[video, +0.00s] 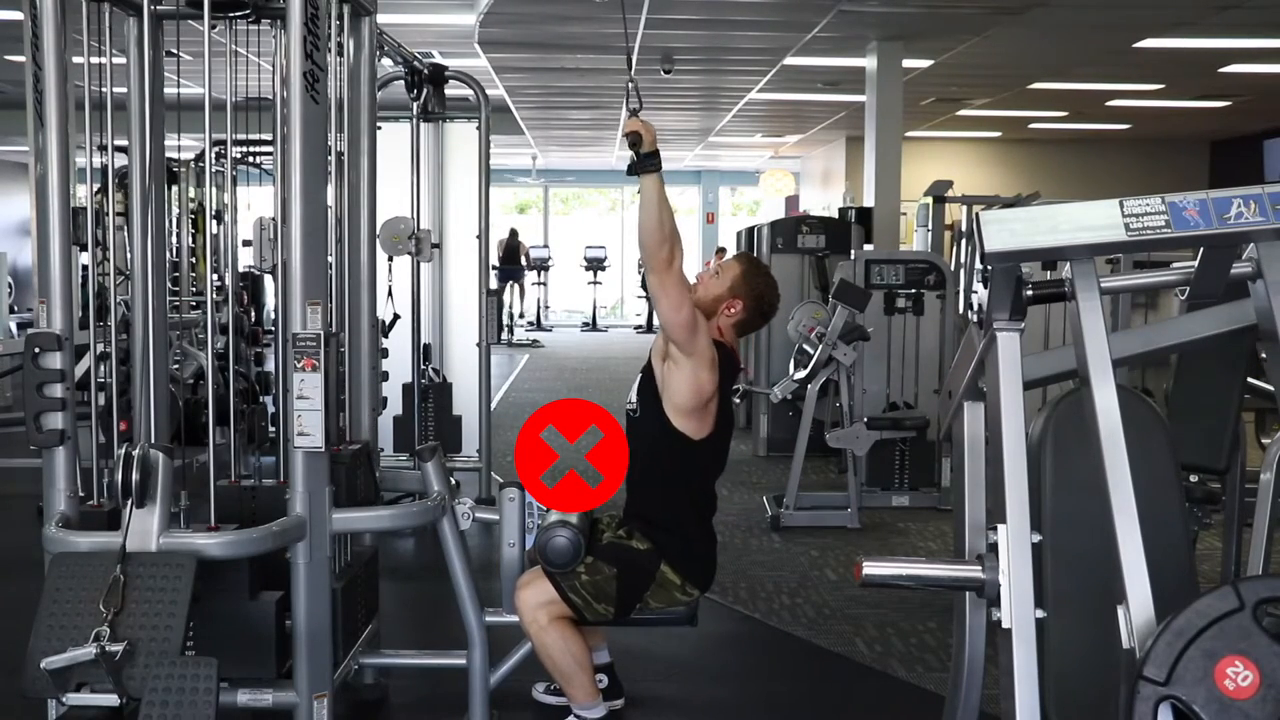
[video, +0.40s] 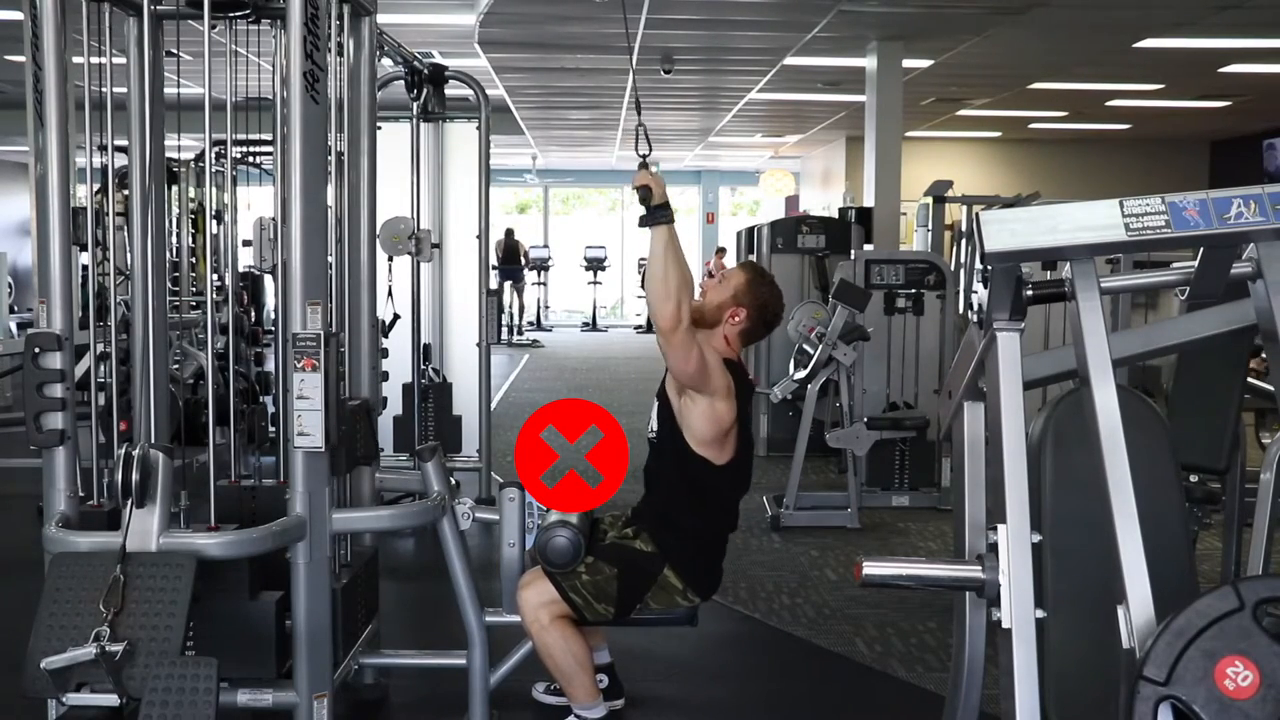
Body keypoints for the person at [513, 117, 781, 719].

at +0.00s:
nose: (702, 267)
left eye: (716, 268)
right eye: (715, 260)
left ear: (728, 306)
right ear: (731, 311)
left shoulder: (693, 348)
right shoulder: (700, 346)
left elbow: (661, 258)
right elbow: (663, 259)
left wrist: (646, 156)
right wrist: (646, 164)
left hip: (668, 555)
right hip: (661, 538)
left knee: (533, 595)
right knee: (550, 548)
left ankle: (589, 709)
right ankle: (592, 670)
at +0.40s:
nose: (707, 277)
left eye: (720, 278)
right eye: (716, 273)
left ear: (735, 317)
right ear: (735, 320)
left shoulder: (708, 377)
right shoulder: (709, 364)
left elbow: (671, 315)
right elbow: (672, 307)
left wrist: (659, 209)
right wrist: (657, 219)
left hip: (675, 562)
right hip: (660, 535)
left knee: (536, 595)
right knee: (553, 546)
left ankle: (589, 708)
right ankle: (593, 671)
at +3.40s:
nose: (813, 335)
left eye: (829, 335)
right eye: (825, 328)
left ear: (844, 371)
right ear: (842, 371)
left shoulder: (816, 435)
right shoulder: (797, 399)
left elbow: (784, 499)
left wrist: (766, 403)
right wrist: (755, 381)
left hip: (679, 560)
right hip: (660, 523)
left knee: (536, 595)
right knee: (553, 544)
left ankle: (590, 711)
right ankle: (596, 674)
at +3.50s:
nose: (820, 343)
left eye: (835, 343)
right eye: (830, 336)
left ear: (851, 378)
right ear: (849, 378)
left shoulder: (822, 439)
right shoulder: (803, 404)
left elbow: (799, 517)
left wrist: (779, 423)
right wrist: (763, 400)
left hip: (680, 562)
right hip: (659, 523)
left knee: (538, 594)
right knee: (551, 545)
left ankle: (589, 712)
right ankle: (597, 676)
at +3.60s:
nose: (825, 347)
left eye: (839, 347)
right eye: (835, 341)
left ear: (855, 382)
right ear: (853, 382)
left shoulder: (824, 442)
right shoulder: (807, 408)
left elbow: (809, 532)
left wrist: (792, 438)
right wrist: (770, 396)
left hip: (680, 561)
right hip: (661, 523)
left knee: (537, 594)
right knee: (551, 545)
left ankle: (590, 711)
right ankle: (596, 672)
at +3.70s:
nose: (826, 348)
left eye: (841, 349)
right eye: (837, 342)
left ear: (855, 385)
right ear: (853, 385)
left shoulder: (825, 448)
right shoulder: (807, 411)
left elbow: (812, 541)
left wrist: (799, 446)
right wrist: (771, 400)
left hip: (680, 562)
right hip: (662, 523)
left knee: (538, 594)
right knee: (551, 545)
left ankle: (590, 711)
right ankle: (596, 672)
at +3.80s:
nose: (829, 350)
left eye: (843, 351)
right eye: (839, 344)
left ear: (858, 387)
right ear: (856, 386)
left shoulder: (826, 450)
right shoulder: (809, 412)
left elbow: (810, 539)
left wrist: (798, 444)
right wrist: (772, 399)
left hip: (681, 564)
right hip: (663, 524)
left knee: (539, 593)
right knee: (552, 544)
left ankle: (591, 712)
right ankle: (596, 672)